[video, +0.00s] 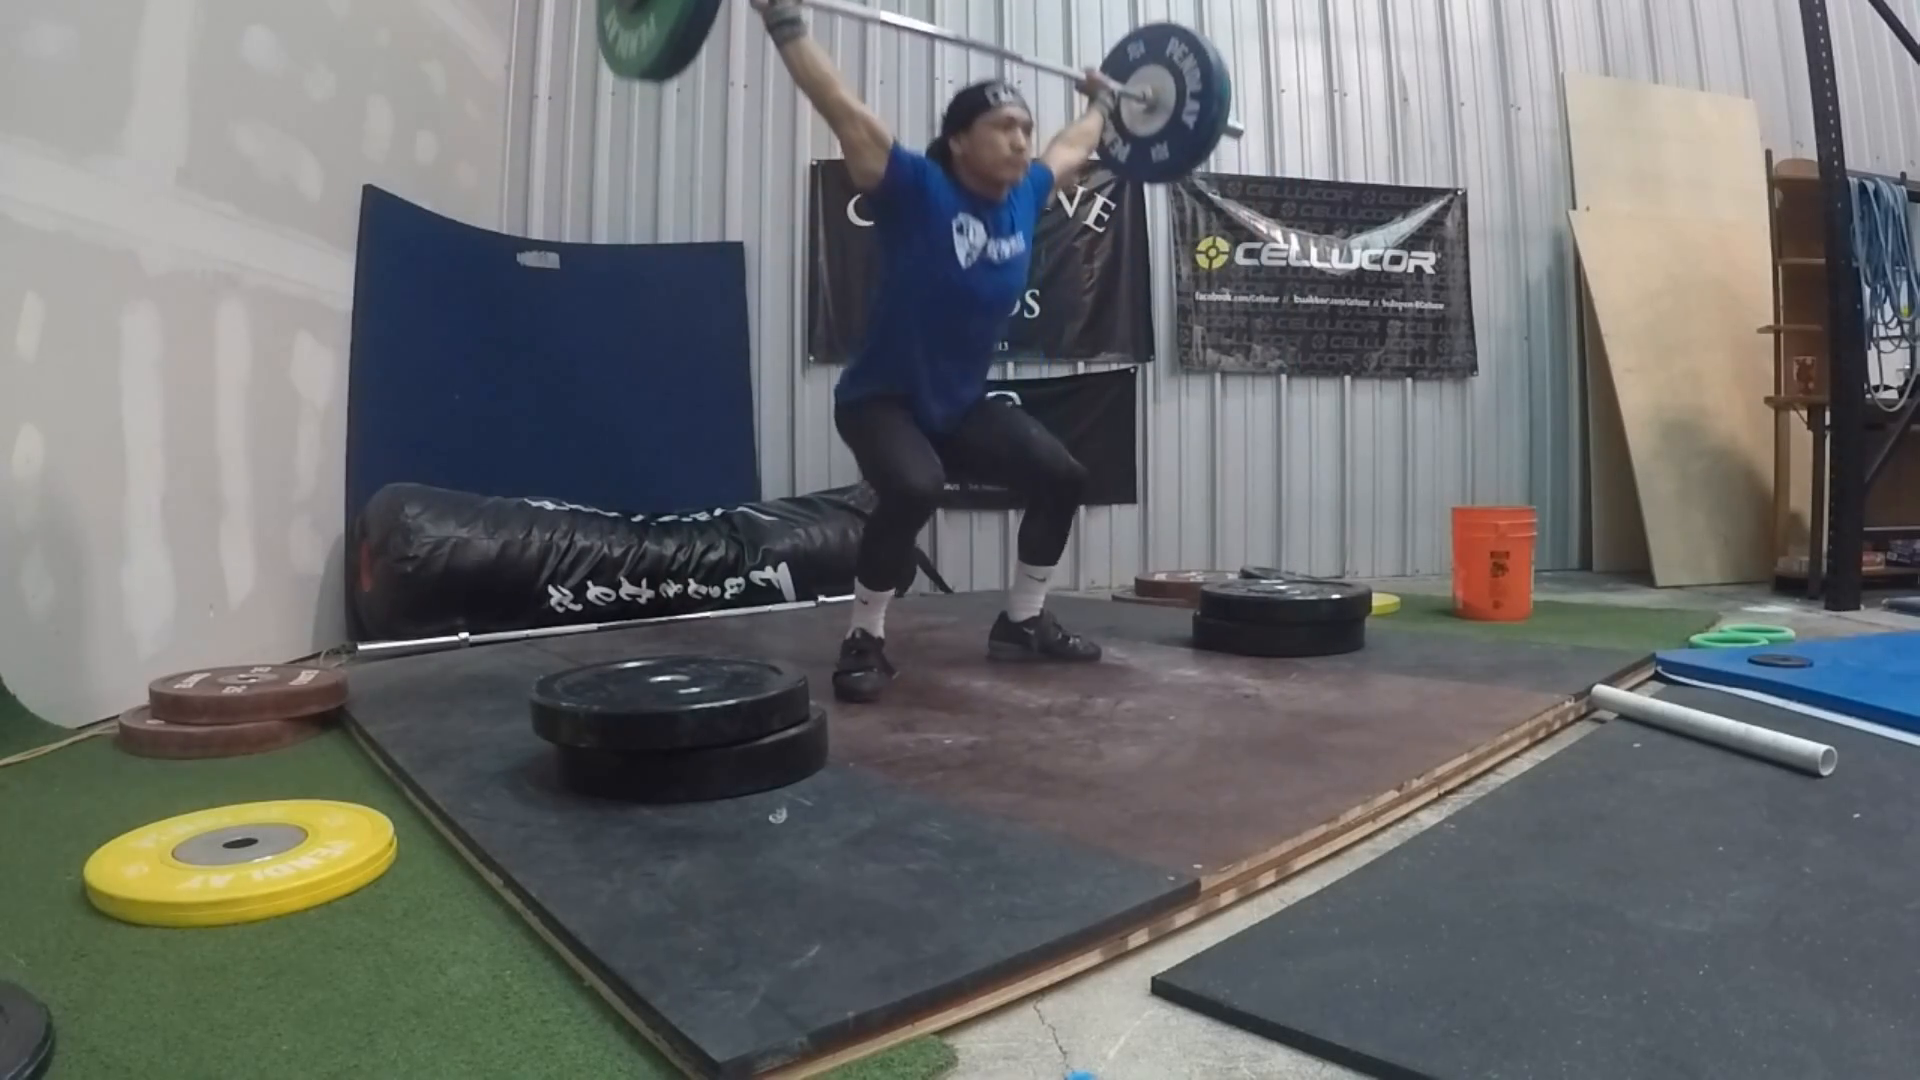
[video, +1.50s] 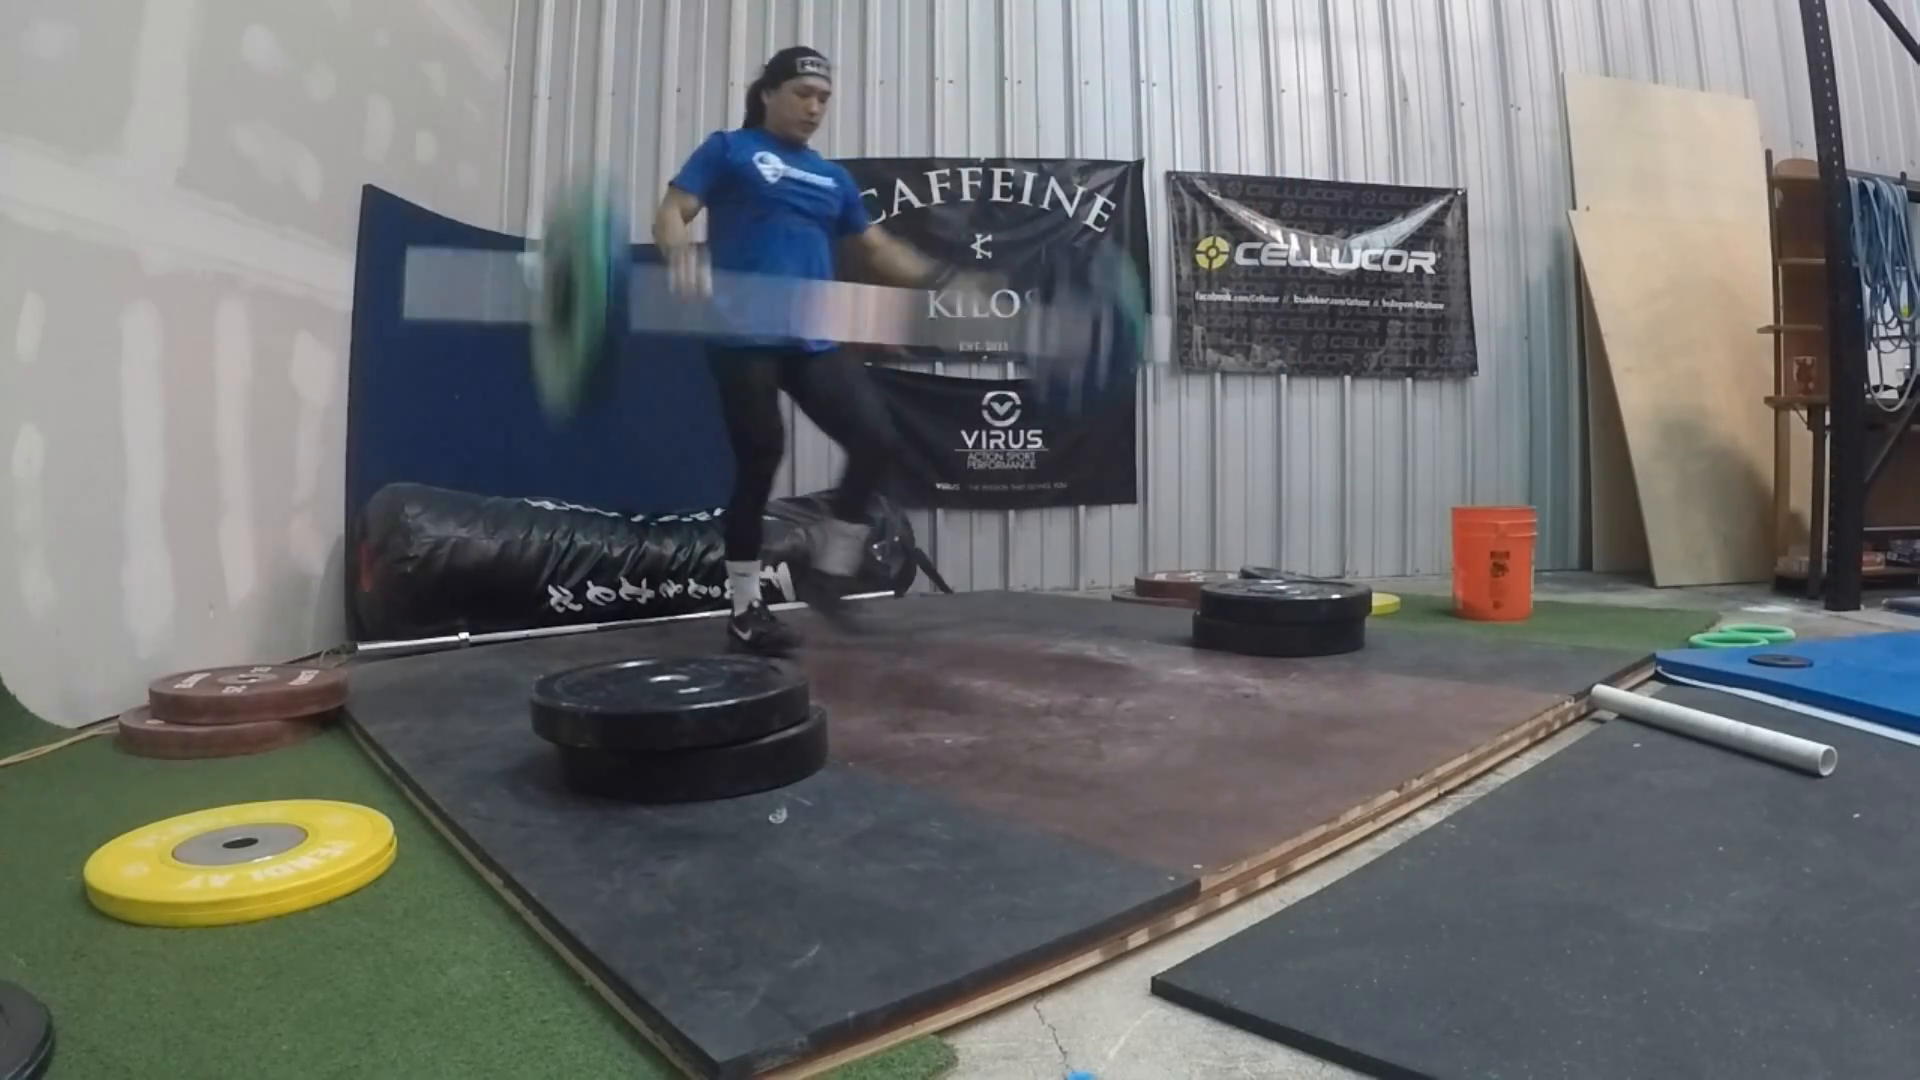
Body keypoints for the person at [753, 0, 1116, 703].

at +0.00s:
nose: (1021, 142)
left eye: (1026, 131)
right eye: (1003, 127)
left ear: (1026, 147)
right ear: (957, 143)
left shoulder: (1025, 193)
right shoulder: (913, 185)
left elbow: (1075, 147)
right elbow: (843, 113)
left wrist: (1105, 103)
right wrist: (784, 23)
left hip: (962, 401)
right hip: (879, 396)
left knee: (1061, 477)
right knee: (916, 486)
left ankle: (1021, 621)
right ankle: (864, 639)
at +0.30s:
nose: (1007, 53)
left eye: (1011, 43)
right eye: (990, 39)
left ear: (1012, 59)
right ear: (944, 51)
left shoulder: (1012, 119)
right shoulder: (901, 102)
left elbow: (1061, 75)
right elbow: (827, 21)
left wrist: (1094, 33)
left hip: (964, 351)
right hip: (882, 341)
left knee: (1032, 462)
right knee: (888, 469)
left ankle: (1020, 619)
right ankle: (863, 636)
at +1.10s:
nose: (929, 57)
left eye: (935, 47)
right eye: (916, 44)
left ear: (940, 55)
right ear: (875, 49)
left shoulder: (950, 115)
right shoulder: (840, 107)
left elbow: (1006, 78)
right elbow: (770, 34)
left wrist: (1043, 28)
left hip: (955, 324)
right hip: (877, 324)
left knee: (978, 456)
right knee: (873, 457)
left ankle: (991, 622)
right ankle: (816, 609)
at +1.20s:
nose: (889, 84)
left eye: (895, 74)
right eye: (876, 72)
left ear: (899, 79)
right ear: (838, 77)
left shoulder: (917, 141)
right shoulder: (804, 134)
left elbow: (985, 110)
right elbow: (727, 70)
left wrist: (1027, 59)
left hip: (920, 340)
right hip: (846, 339)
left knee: (952, 462)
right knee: (853, 470)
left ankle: (989, 622)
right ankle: (770, 598)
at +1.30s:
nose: (851, 105)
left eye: (858, 96)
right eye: (838, 93)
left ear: (862, 108)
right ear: (800, 101)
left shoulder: (873, 171)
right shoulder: (767, 156)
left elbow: (947, 164)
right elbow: (688, 140)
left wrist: (1005, 124)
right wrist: (697, 60)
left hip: (875, 356)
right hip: (801, 355)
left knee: (918, 470)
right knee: (809, 484)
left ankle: (981, 617)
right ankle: (754, 610)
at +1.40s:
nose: (827, 105)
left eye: (835, 97)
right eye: (815, 91)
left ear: (838, 108)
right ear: (778, 97)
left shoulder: (842, 182)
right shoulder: (744, 156)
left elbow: (919, 218)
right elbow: (668, 206)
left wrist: (992, 207)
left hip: (834, 349)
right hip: (765, 347)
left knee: (895, 447)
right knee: (780, 465)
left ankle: (922, 598)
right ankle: (750, 613)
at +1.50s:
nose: (814, 107)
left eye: (822, 99)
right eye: (803, 95)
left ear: (826, 106)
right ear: (768, 93)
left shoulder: (835, 179)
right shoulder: (729, 149)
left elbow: (879, 252)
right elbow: (670, 213)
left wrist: (946, 278)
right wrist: (682, 252)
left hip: (810, 342)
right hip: (741, 339)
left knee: (875, 440)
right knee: (760, 452)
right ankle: (745, 608)